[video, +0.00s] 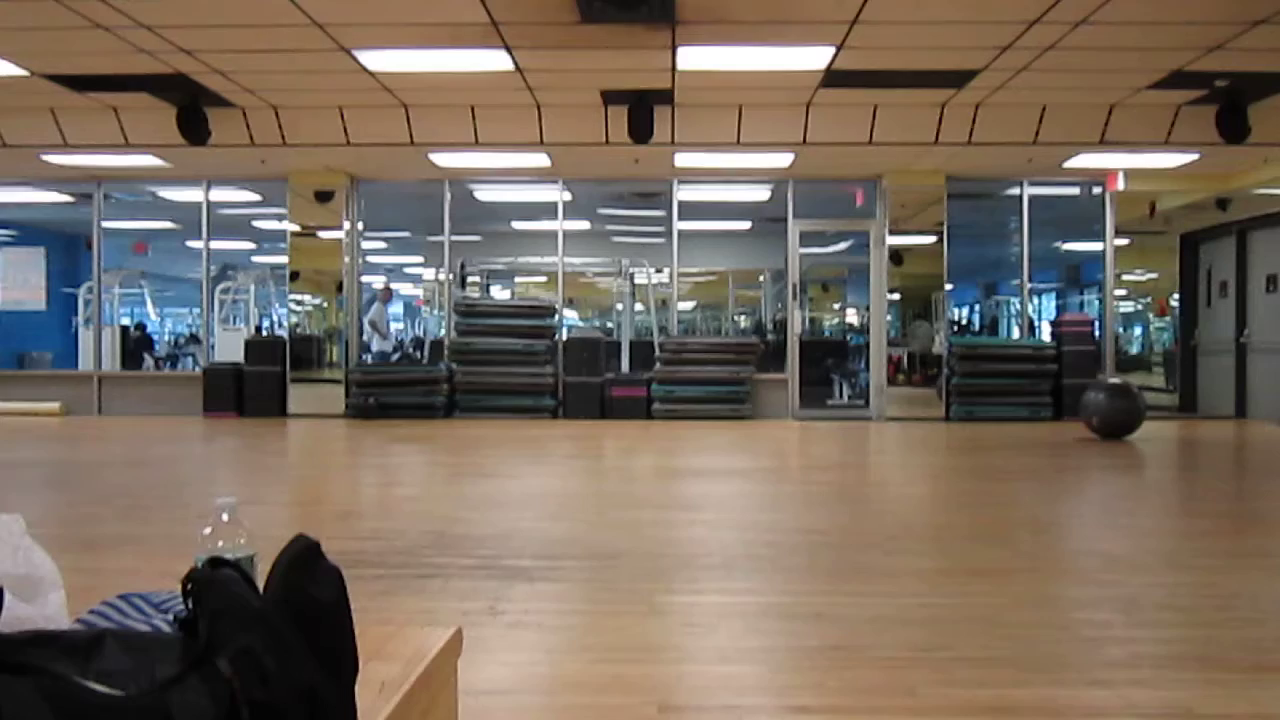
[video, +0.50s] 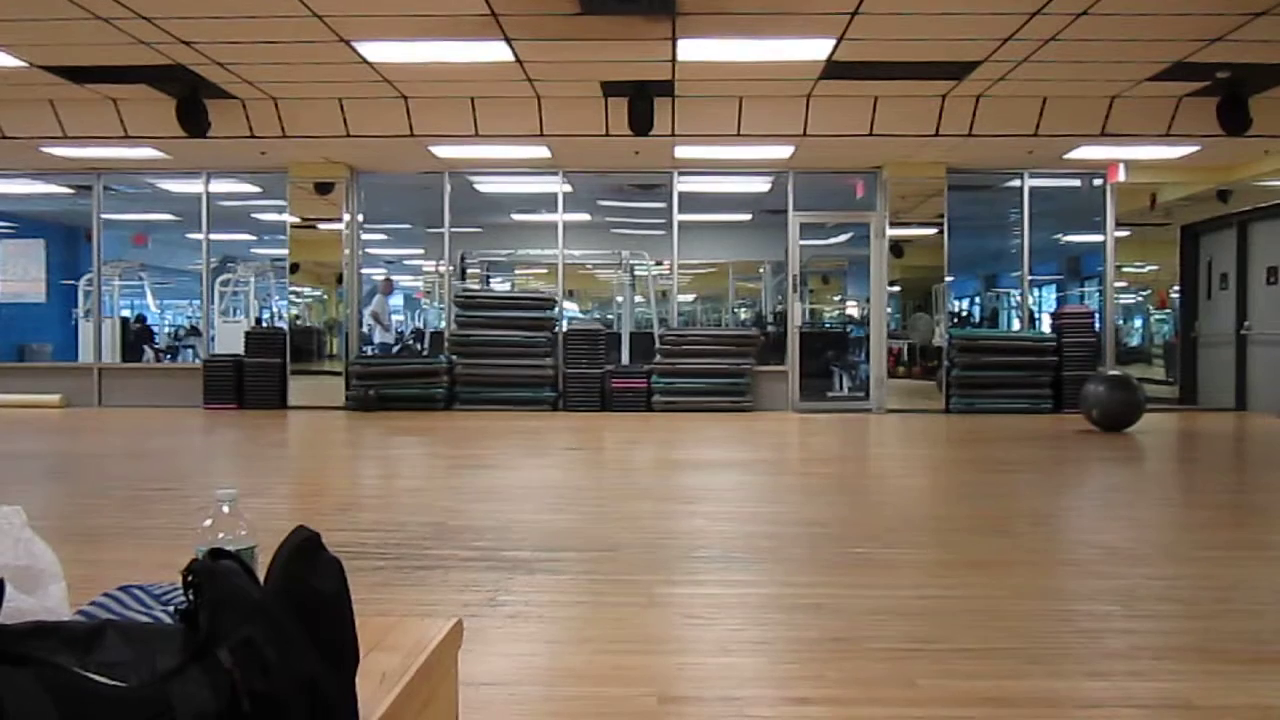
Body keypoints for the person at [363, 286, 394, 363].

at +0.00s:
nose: (389, 297)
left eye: (389, 295)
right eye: (387, 294)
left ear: (390, 296)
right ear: (381, 294)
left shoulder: (383, 307)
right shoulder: (378, 306)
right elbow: (371, 320)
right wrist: (382, 334)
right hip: (379, 345)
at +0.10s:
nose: (391, 289)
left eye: (391, 286)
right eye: (389, 286)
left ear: (389, 287)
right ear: (383, 287)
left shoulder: (384, 299)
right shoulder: (379, 298)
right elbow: (371, 313)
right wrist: (382, 326)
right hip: (380, 338)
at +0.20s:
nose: (391, 289)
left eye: (391, 286)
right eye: (389, 286)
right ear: (383, 286)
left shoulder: (384, 299)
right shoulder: (379, 298)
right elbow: (372, 313)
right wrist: (383, 326)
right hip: (381, 338)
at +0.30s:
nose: (391, 289)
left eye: (391, 286)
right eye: (389, 286)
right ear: (383, 286)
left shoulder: (384, 299)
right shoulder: (379, 298)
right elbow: (372, 312)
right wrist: (383, 326)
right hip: (381, 338)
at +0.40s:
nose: (391, 289)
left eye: (391, 286)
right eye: (389, 286)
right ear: (383, 286)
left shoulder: (384, 299)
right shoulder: (379, 298)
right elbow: (372, 312)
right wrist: (383, 326)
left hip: (387, 338)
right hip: (382, 338)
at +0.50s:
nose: (392, 289)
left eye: (391, 286)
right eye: (389, 286)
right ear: (383, 287)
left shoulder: (384, 299)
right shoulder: (379, 298)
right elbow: (373, 313)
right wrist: (384, 326)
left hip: (387, 338)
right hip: (382, 338)